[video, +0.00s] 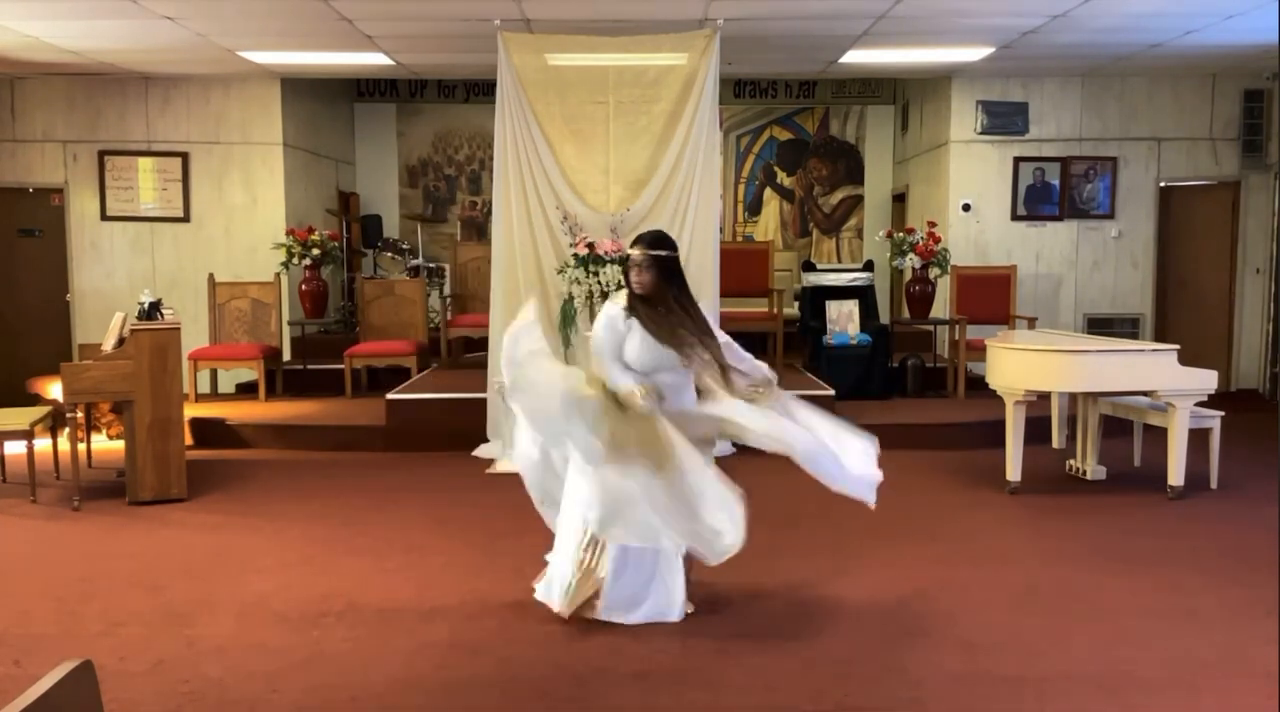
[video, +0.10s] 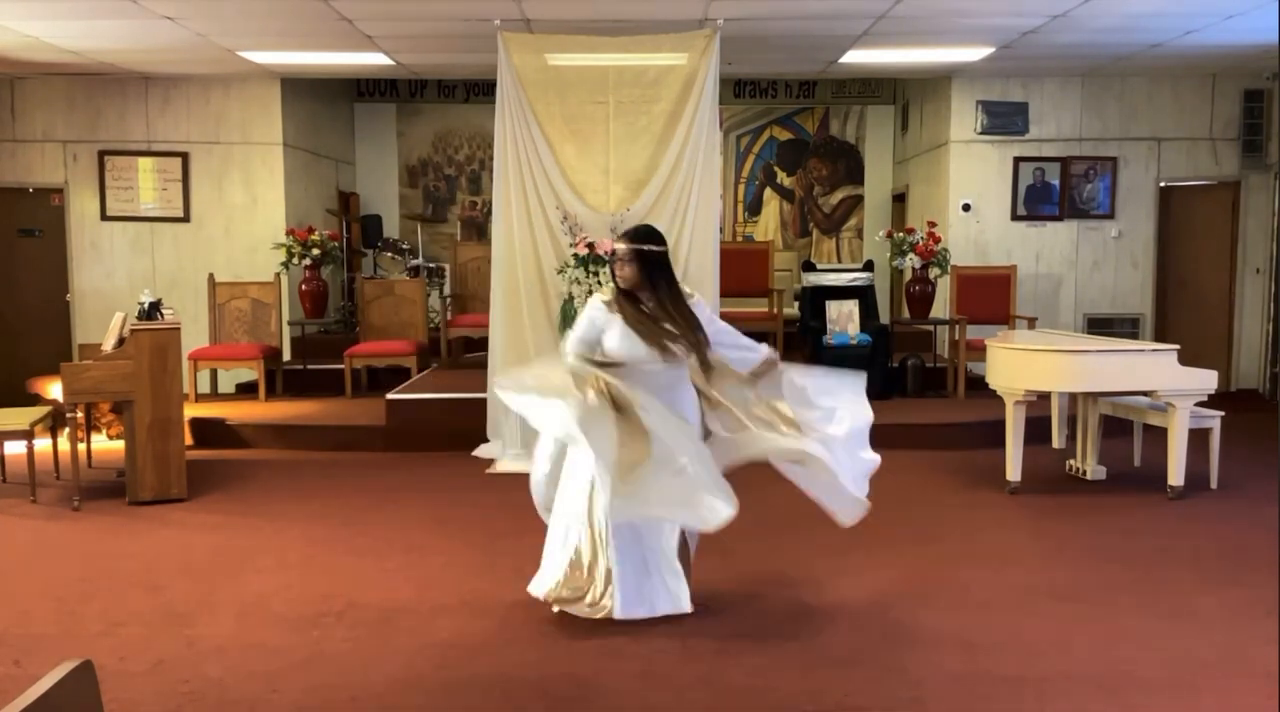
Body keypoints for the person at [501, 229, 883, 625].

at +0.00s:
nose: (635, 274)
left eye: (644, 267)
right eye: (631, 266)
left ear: (666, 272)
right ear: (627, 270)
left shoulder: (683, 312)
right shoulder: (617, 313)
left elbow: (719, 345)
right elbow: (602, 363)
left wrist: (757, 373)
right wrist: (631, 387)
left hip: (682, 421)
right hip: (632, 422)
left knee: (673, 507)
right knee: (618, 506)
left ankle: (669, 592)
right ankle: (579, 590)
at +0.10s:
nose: (616, 267)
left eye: (625, 260)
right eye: (614, 259)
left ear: (651, 264)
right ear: (613, 263)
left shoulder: (680, 306)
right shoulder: (602, 309)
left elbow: (718, 338)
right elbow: (573, 358)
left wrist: (760, 358)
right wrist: (594, 380)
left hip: (677, 420)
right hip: (623, 421)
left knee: (670, 502)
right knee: (618, 503)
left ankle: (667, 589)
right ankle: (616, 592)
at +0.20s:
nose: (597, 257)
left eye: (605, 250)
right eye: (597, 249)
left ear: (631, 254)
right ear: (600, 254)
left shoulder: (675, 292)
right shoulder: (589, 297)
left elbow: (721, 322)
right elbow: (543, 325)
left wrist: (772, 337)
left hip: (668, 406)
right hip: (608, 406)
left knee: (672, 496)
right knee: (578, 477)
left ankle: (675, 584)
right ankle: (593, 585)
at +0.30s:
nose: (583, 260)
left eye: (591, 252)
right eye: (582, 252)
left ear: (618, 252)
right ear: (586, 254)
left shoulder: (659, 288)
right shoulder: (573, 295)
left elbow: (712, 312)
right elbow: (517, 309)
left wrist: (768, 326)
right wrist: (461, 312)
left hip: (650, 405)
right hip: (593, 409)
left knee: (650, 492)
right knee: (582, 488)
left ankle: (672, 583)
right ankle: (596, 581)